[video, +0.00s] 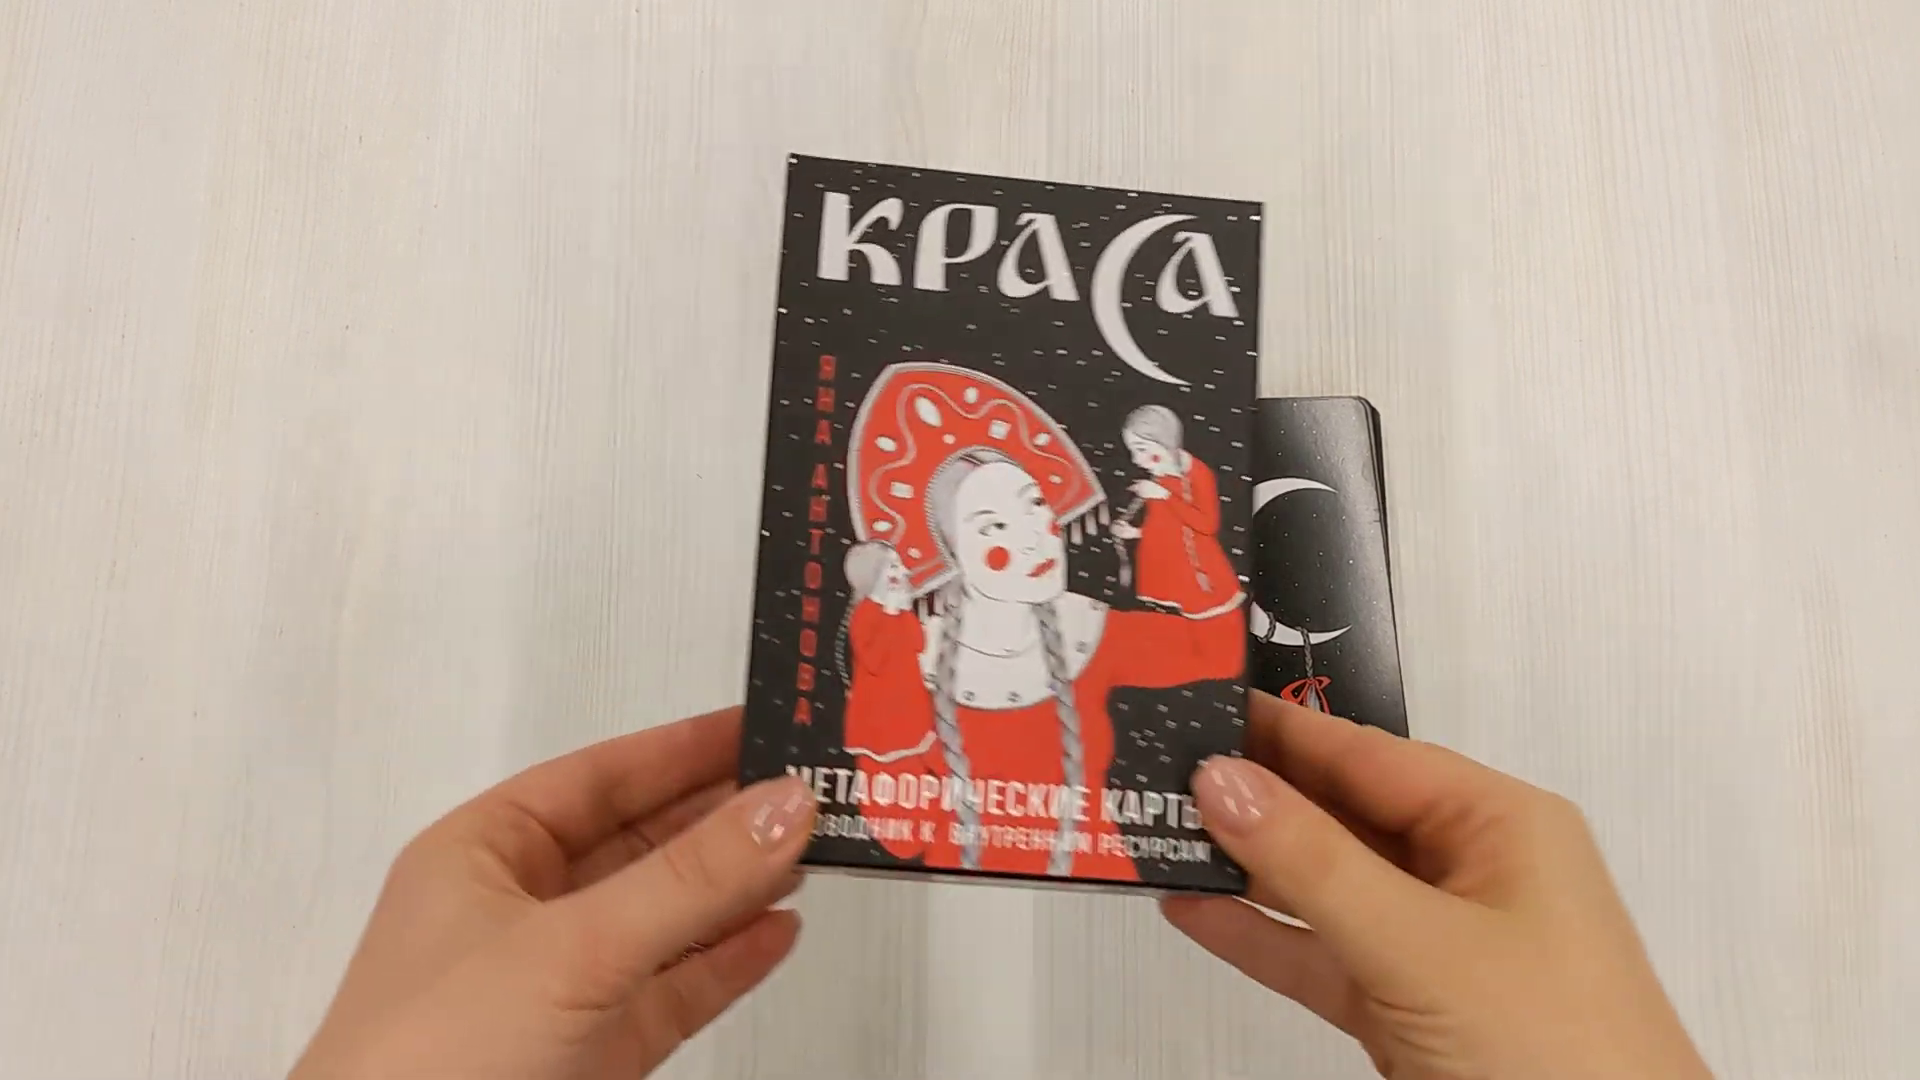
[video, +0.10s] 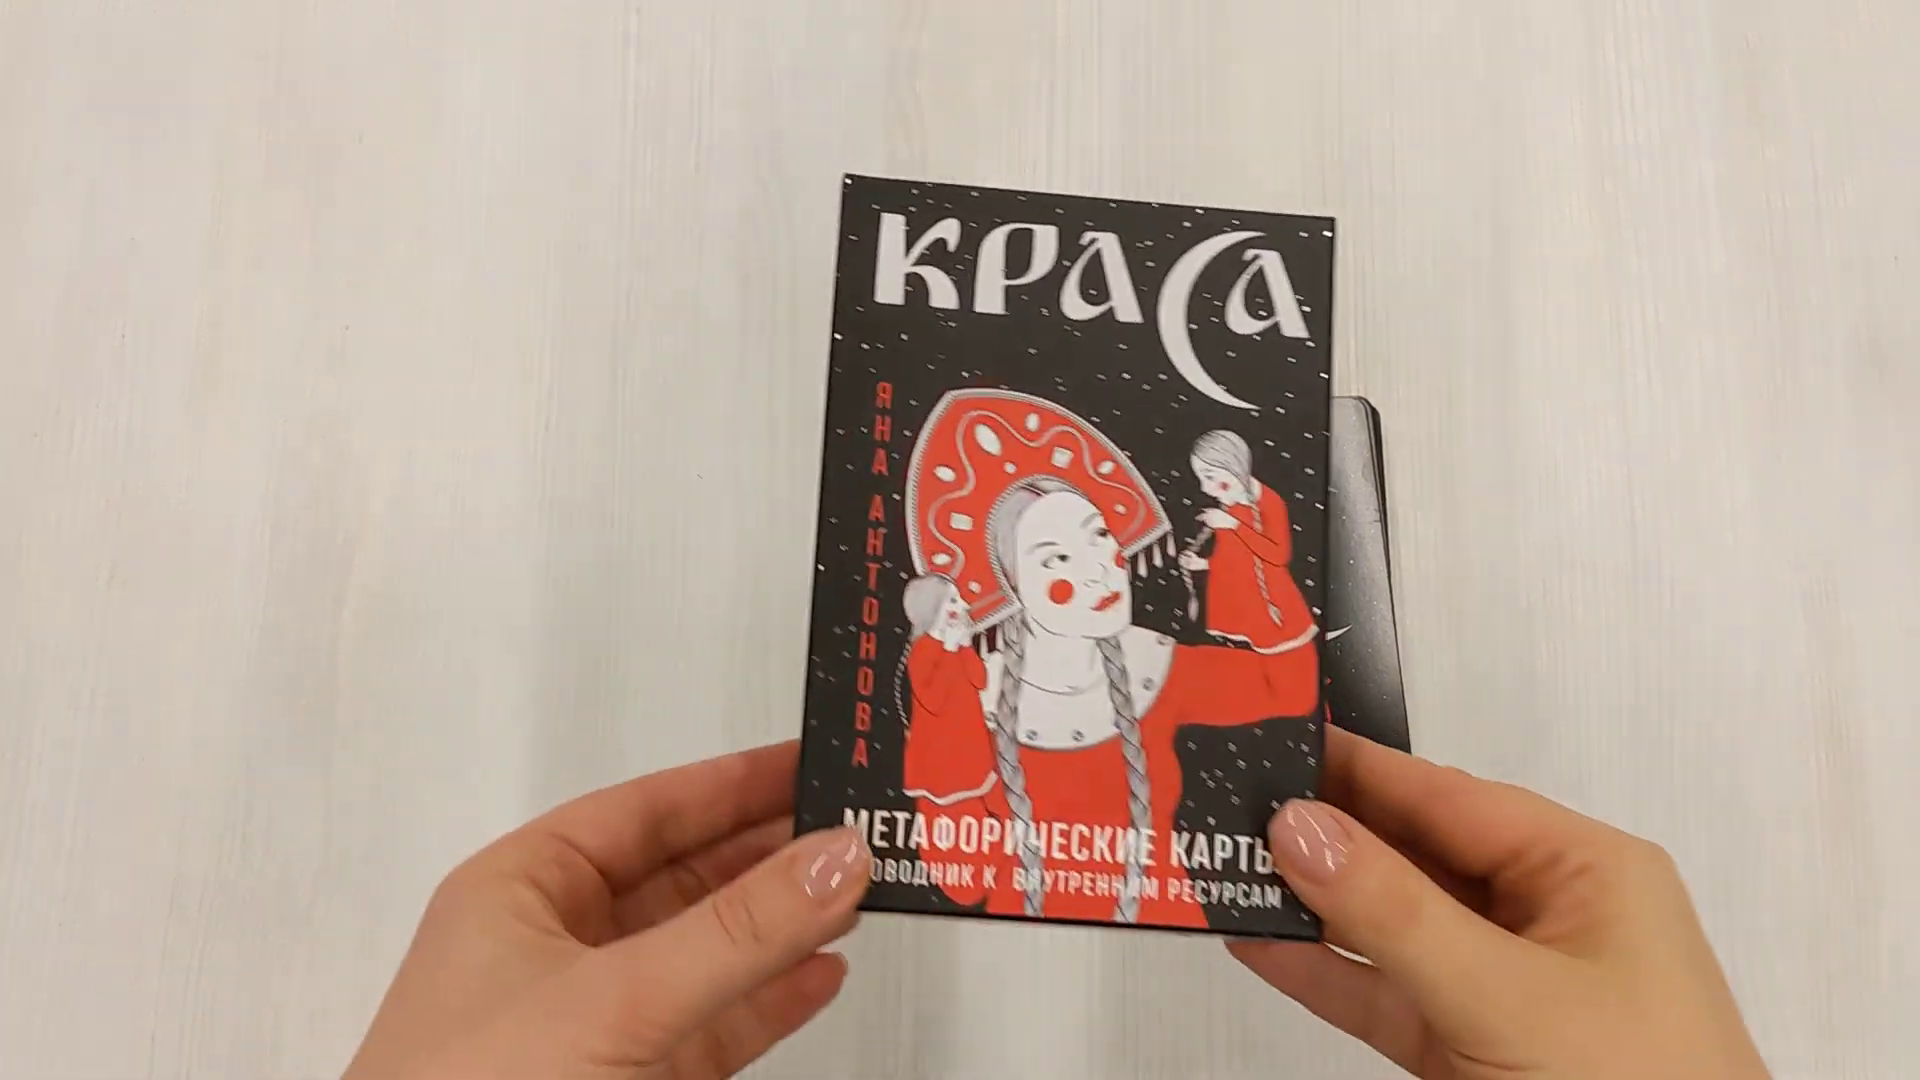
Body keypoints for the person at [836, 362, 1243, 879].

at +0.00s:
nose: (1036, 537)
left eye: (1035, 507)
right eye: (991, 527)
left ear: (1055, 517)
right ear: (955, 556)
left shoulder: (1082, 633)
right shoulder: (913, 655)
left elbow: (1216, 645)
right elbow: (903, 834)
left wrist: (1171, 506)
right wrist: (885, 630)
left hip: (1085, 894)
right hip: (955, 899)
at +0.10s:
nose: (1101, 570)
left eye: (1099, 538)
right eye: (1054, 560)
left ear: (1120, 548)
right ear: (1016, 590)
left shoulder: (1148, 669)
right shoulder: (973, 689)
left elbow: (1288, 683)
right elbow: (964, 883)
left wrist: (1248, 532)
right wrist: (944, 671)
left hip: (1153, 945)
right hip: (1017, 952)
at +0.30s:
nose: (1149, 605)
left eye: (1145, 570)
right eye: (1100, 596)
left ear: (1164, 577)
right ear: (1061, 629)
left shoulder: (1204, 705)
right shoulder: (1019, 733)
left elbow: (1349, 720)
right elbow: (1012, 933)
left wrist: (1308, 578)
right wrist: (987, 722)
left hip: (1214, 994)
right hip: (1073, 1001)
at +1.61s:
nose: (1151, 576)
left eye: (1147, 545)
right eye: (1102, 568)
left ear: (1165, 549)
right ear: (1064, 598)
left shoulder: (1209, 668)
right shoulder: (1021, 693)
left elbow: (1362, 687)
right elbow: (1005, 880)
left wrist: (1308, 548)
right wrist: (981, 694)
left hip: (1235, 948)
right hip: (1087, 953)